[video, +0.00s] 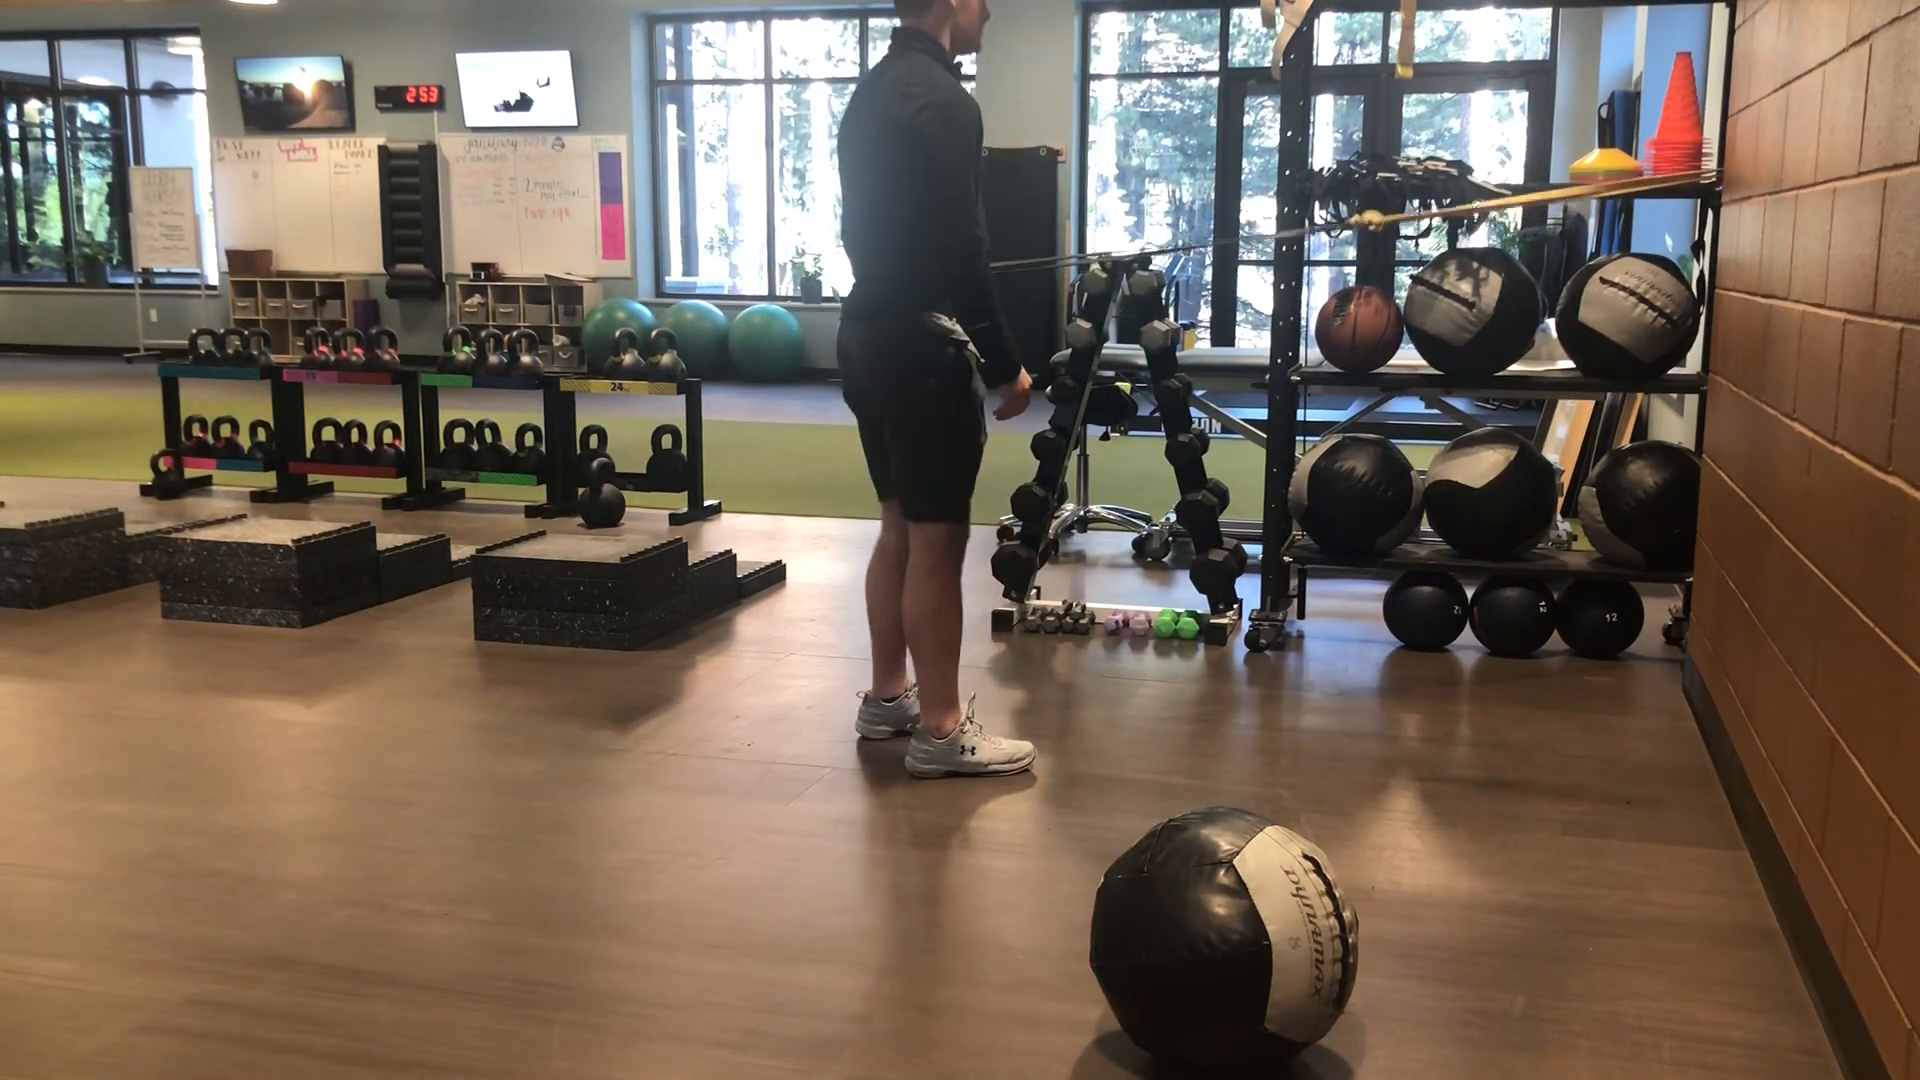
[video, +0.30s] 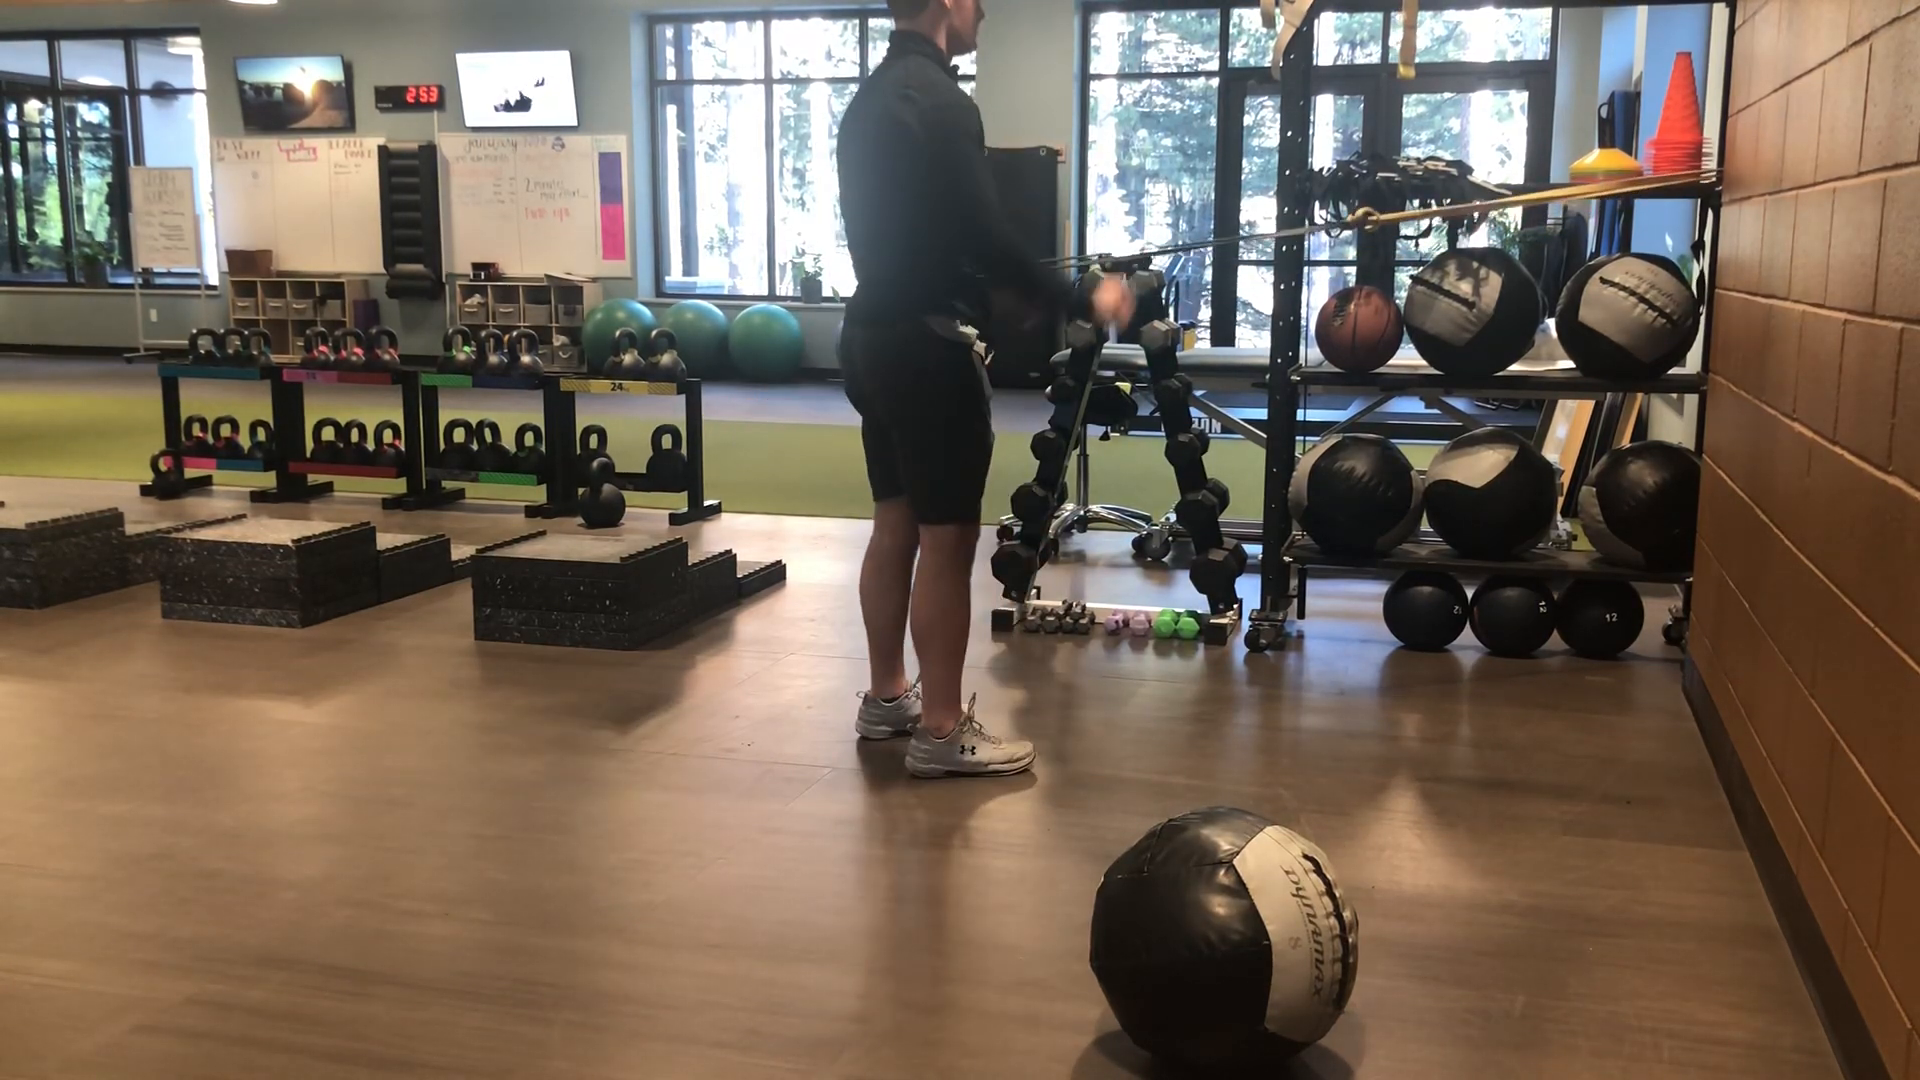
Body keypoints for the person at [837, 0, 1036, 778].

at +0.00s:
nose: (984, 18)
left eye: (982, 8)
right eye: (980, 7)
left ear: (912, 12)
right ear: (955, 7)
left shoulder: (869, 95)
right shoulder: (947, 103)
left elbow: (863, 236)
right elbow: (959, 250)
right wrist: (1006, 361)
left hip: (869, 332)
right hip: (930, 338)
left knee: (899, 524)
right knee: (937, 541)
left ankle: (885, 701)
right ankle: (942, 731)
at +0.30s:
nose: (979, 17)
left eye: (977, 8)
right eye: (975, 6)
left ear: (906, 14)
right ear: (949, 7)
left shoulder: (866, 103)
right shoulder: (941, 103)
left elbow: (900, 232)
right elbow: (984, 231)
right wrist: (1079, 295)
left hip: (873, 337)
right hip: (935, 344)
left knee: (895, 521)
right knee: (948, 537)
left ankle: (885, 696)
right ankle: (943, 730)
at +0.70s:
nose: (978, 15)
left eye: (979, 10)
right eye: (974, 7)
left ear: (898, 5)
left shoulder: (871, 63)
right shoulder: (944, 49)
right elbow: (1054, 21)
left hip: (893, 307)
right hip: (952, 308)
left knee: (930, 496)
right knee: (971, 511)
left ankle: (914, 658)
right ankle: (969, 698)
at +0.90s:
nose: (982, 14)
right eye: (975, 9)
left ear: (896, 4)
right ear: (948, 1)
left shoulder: (874, 49)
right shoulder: (953, 36)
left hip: (894, 295)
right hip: (958, 297)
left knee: (929, 484)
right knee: (975, 508)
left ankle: (925, 650)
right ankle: (987, 691)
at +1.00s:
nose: (967, 11)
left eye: (965, 7)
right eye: (962, 4)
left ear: (891, 1)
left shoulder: (871, 52)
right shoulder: (939, 43)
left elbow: (995, 49)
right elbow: (1072, 46)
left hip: (888, 302)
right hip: (946, 304)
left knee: (933, 493)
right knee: (973, 508)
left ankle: (912, 658)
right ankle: (973, 698)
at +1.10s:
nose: (1008, 28)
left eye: (1007, 15)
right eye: (1001, 14)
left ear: (945, 17)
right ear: (967, 13)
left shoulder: (913, 95)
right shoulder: (956, 102)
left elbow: (930, 225)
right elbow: (980, 222)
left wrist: (994, 293)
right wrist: (1016, 291)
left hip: (870, 334)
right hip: (911, 339)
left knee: (943, 518)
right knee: (982, 526)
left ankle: (903, 683)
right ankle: (954, 725)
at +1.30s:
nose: (1080, 184)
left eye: (1085, 169)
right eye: (1081, 166)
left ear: (1027, 151)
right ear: (1050, 152)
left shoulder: (951, 207)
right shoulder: (998, 230)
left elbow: (842, 279)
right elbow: (901, 313)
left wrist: (757, 352)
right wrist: (810, 388)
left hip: (839, 413)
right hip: (878, 419)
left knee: (965, 544)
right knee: (1022, 555)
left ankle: (898, 699)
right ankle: (949, 735)